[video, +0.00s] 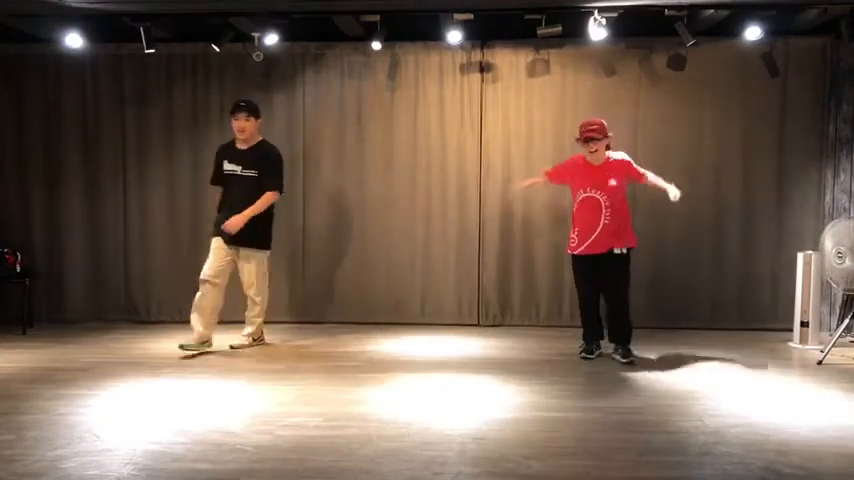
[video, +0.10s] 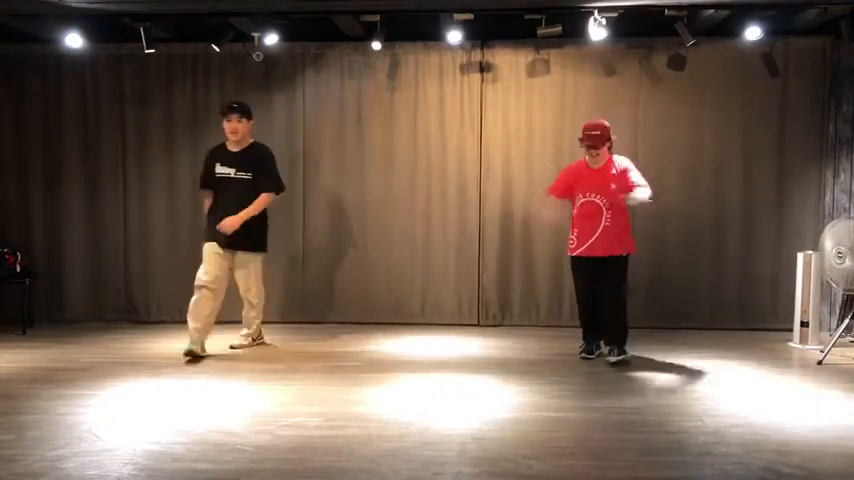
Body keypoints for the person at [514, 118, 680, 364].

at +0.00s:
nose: (591, 146)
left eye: (596, 141)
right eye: (586, 142)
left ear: (606, 142)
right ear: (581, 144)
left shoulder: (620, 163)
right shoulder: (573, 166)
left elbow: (645, 177)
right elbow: (546, 177)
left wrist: (668, 187)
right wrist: (524, 183)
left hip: (616, 246)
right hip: (584, 248)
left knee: (618, 298)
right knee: (588, 299)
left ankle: (621, 344)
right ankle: (591, 342)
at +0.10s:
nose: (591, 153)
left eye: (596, 148)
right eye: (587, 148)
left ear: (608, 145)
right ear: (582, 146)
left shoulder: (621, 166)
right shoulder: (574, 171)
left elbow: (645, 192)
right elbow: (551, 198)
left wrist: (625, 197)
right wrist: (559, 212)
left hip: (614, 248)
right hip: (583, 249)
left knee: (614, 298)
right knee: (586, 298)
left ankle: (616, 344)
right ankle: (590, 342)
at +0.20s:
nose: (595, 151)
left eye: (600, 145)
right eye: (591, 145)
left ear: (612, 145)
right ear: (586, 146)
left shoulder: (623, 164)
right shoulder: (579, 170)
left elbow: (608, 178)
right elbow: (593, 198)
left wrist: (577, 171)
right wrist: (626, 201)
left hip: (613, 247)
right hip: (583, 247)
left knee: (610, 299)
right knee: (586, 298)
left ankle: (609, 347)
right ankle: (590, 343)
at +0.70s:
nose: (618, 140)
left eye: (622, 136)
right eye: (613, 135)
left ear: (627, 138)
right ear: (602, 137)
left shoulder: (639, 168)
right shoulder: (584, 166)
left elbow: (663, 193)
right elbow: (555, 188)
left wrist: (678, 215)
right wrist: (538, 211)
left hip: (621, 252)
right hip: (587, 250)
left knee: (615, 303)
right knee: (586, 297)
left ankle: (611, 351)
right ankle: (592, 340)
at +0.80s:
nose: (626, 140)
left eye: (629, 136)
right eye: (621, 135)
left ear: (631, 137)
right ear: (606, 136)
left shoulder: (639, 167)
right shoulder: (585, 164)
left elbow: (661, 194)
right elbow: (558, 188)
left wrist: (677, 214)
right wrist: (537, 207)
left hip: (621, 251)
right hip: (587, 249)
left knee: (615, 302)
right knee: (583, 294)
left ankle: (611, 351)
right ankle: (591, 340)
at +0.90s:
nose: (630, 139)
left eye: (633, 135)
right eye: (625, 135)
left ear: (633, 137)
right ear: (609, 136)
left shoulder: (638, 168)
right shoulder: (586, 165)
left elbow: (653, 199)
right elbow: (564, 190)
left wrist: (666, 222)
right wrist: (544, 210)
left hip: (621, 251)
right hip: (587, 249)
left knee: (615, 304)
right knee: (582, 297)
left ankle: (610, 351)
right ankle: (587, 337)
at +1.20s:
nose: (623, 140)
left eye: (623, 135)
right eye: (618, 135)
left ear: (616, 137)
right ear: (602, 136)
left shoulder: (627, 166)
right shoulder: (580, 165)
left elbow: (638, 199)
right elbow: (568, 203)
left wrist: (633, 225)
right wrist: (573, 232)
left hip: (616, 250)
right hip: (584, 249)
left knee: (613, 305)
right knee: (577, 303)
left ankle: (610, 351)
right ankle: (566, 348)